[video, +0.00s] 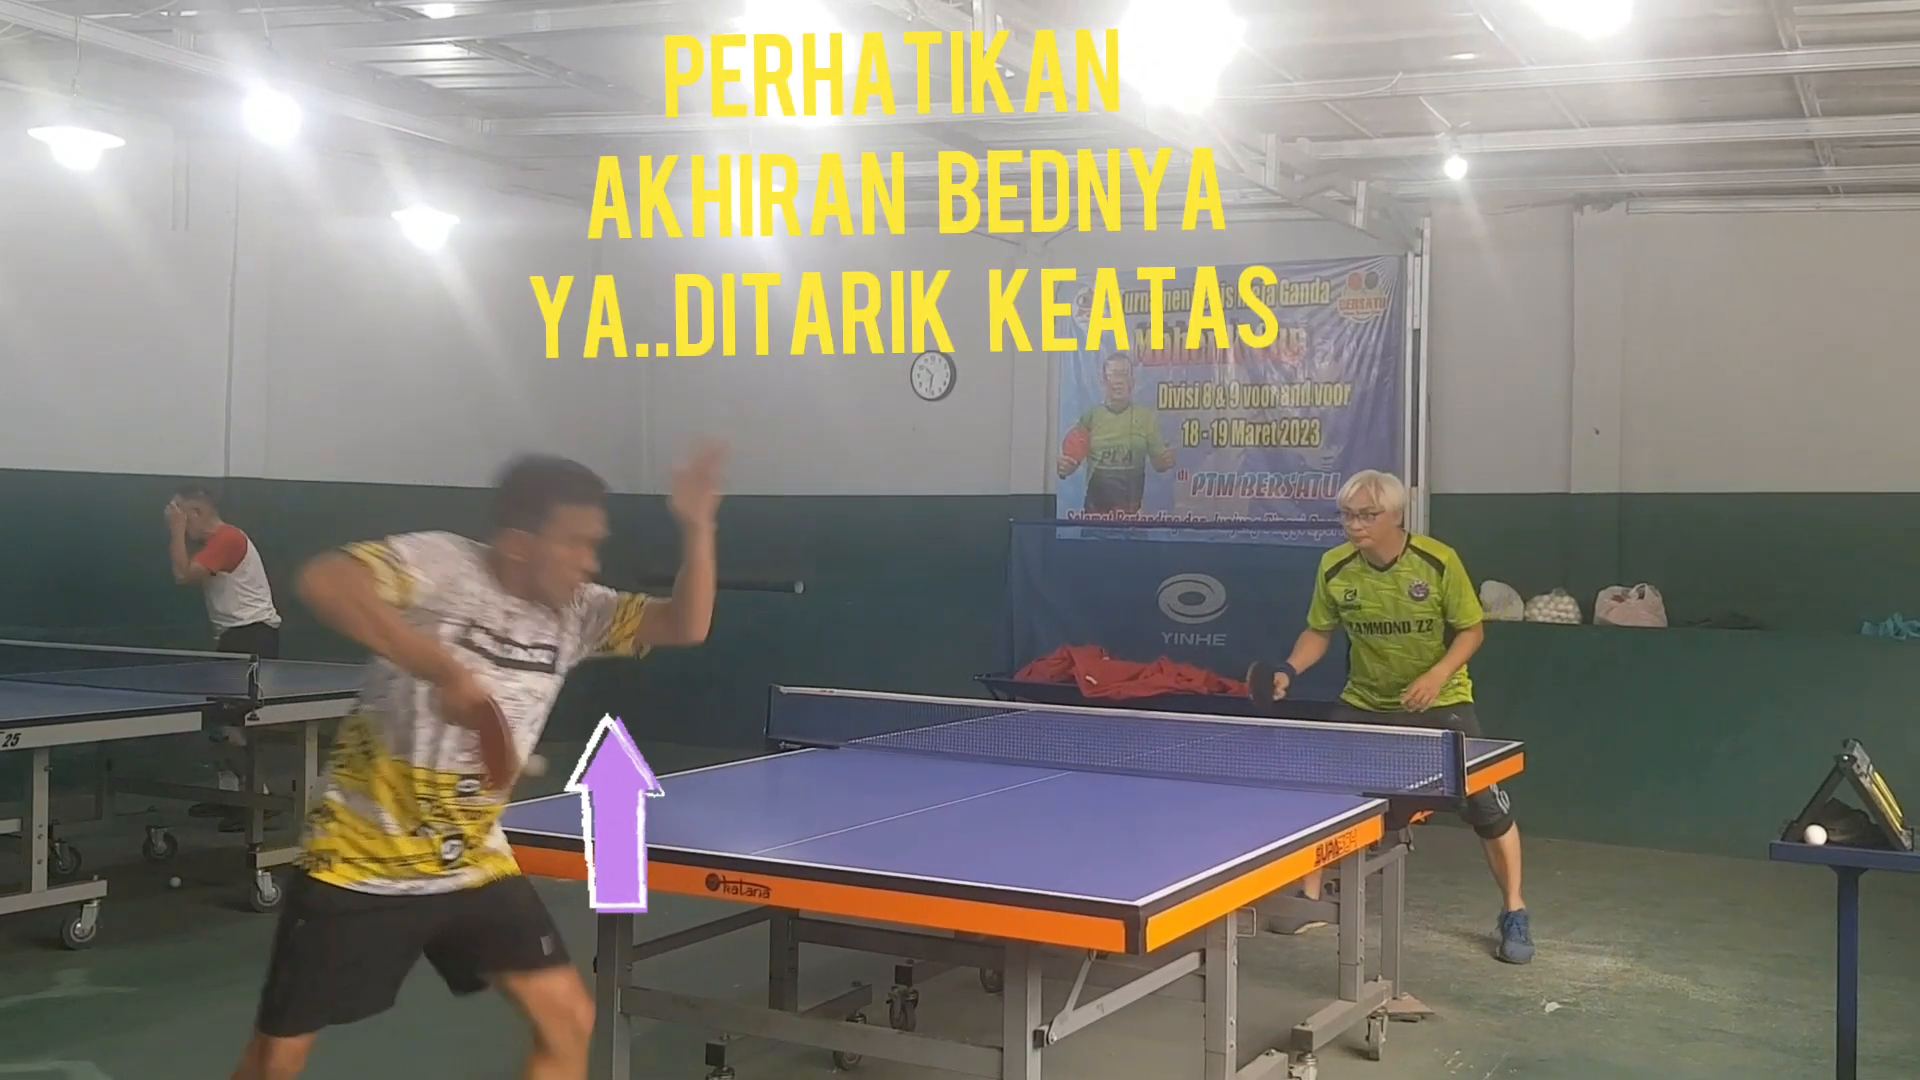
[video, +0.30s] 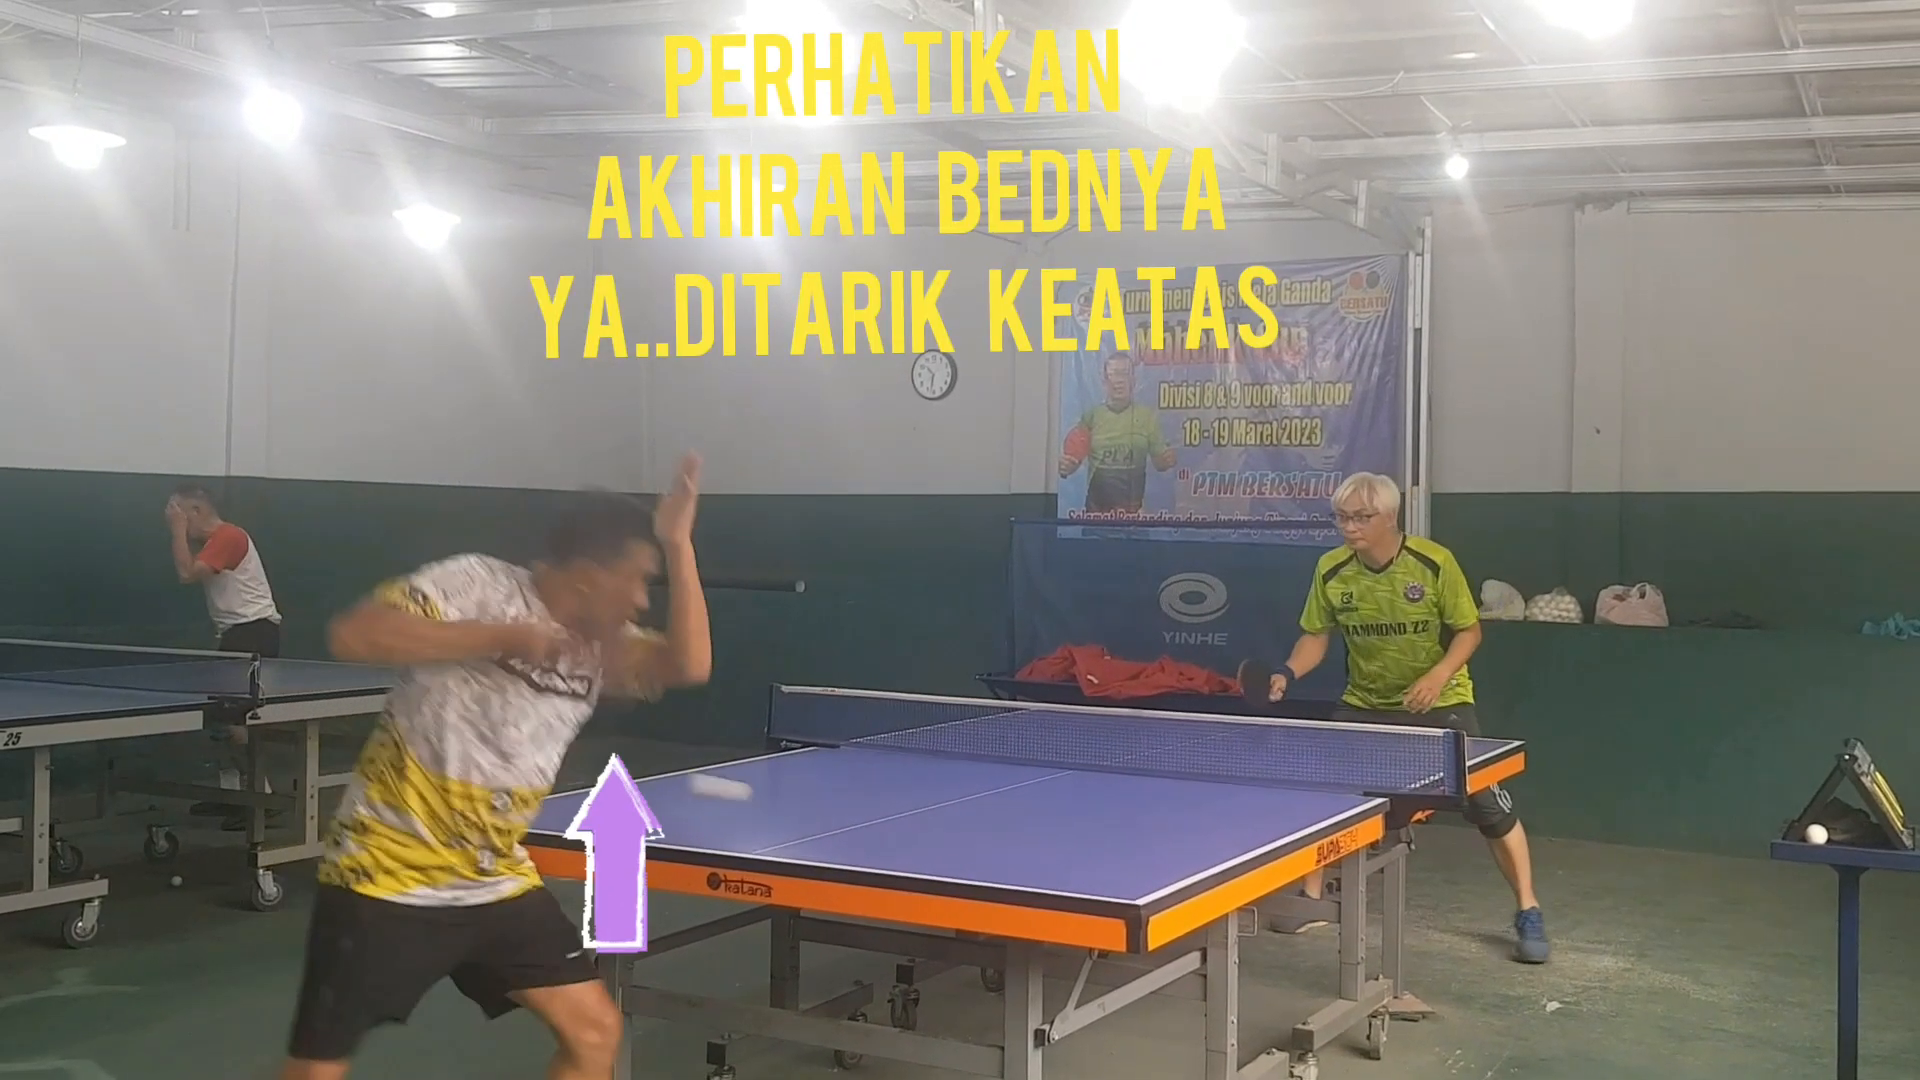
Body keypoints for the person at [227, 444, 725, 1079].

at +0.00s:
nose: (592, 563)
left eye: (596, 547)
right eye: (579, 545)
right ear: (518, 543)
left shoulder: (578, 612)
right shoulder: (442, 563)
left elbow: (685, 623)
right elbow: (325, 580)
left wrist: (698, 527)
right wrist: (444, 671)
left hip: (471, 855)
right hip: (358, 854)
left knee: (569, 1020)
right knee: (275, 1057)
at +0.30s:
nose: (645, 601)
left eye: (650, 584)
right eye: (640, 578)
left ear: (592, 574)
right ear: (587, 569)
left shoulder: (599, 649)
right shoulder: (479, 583)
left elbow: (690, 665)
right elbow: (354, 634)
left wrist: (678, 543)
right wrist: (505, 638)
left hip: (495, 879)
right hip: (382, 876)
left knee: (597, 1030)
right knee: (316, 1065)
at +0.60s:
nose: (676, 624)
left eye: (682, 609)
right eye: (672, 605)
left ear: (625, 602)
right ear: (624, 597)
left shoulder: (620, 671)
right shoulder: (505, 604)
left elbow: (704, 710)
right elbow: (374, 679)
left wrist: (702, 591)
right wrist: (491, 608)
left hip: (506, 892)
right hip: (401, 887)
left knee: (611, 1033)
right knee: (353, 1071)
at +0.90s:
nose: (686, 635)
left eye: (692, 619)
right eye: (684, 615)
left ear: (636, 610)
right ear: (637, 605)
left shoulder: (625, 684)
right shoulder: (512, 611)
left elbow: (712, 729)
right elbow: (380, 689)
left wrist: (718, 614)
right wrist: (475, 607)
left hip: (508, 894)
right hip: (407, 887)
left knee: (615, 1037)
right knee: (370, 1071)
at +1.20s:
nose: (696, 640)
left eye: (700, 626)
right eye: (696, 621)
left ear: (651, 614)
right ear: (655, 613)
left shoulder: (638, 690)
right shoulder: (522, 617)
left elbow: (716, 755)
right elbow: (390, 701)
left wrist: (738, 653)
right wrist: (467, 626)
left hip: (510, 895)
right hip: (413, 884)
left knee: (620, 1033)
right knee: (394, 1073)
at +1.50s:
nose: (695, 636)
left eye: (699, 621)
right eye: (695, 619)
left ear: (653, 614)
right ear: (659, 614)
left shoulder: (640, 691)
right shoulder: (526, 619)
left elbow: (716, 761)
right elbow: (394, 707)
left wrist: (747, 672)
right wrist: (483, 657)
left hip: (508, 890)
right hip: (411, 877)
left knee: (618, 1028)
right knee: (405, 1070)